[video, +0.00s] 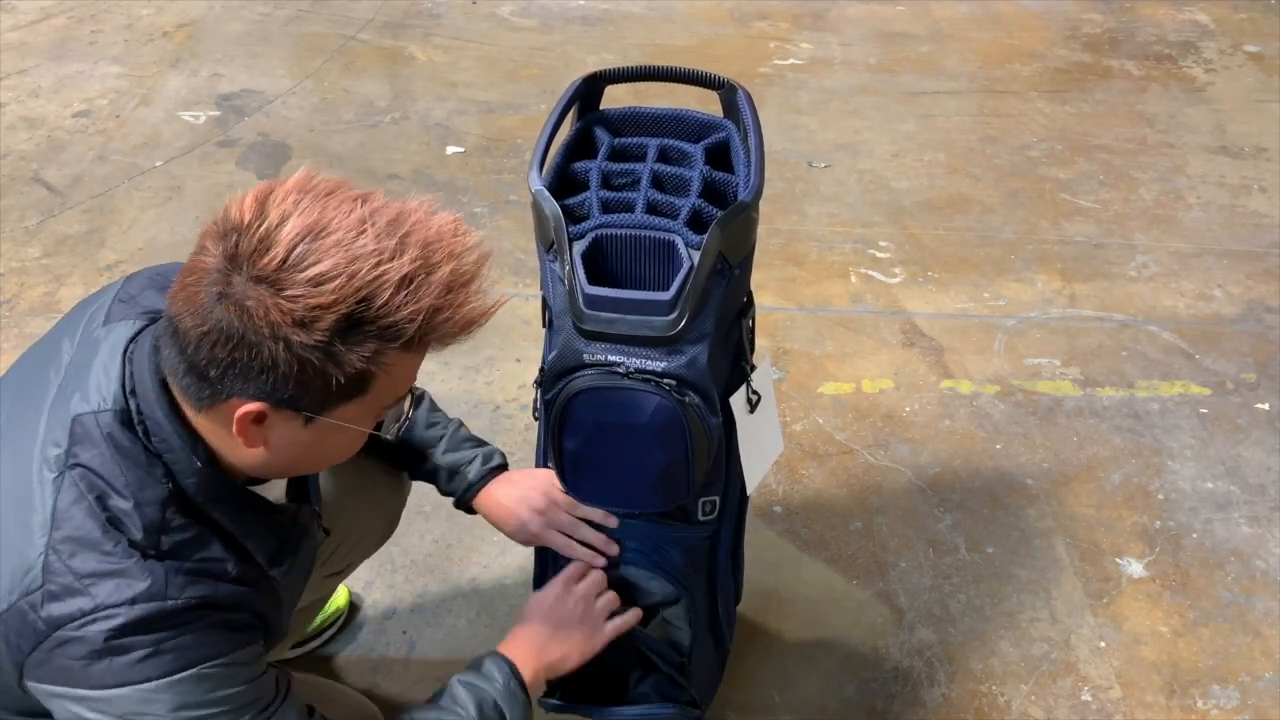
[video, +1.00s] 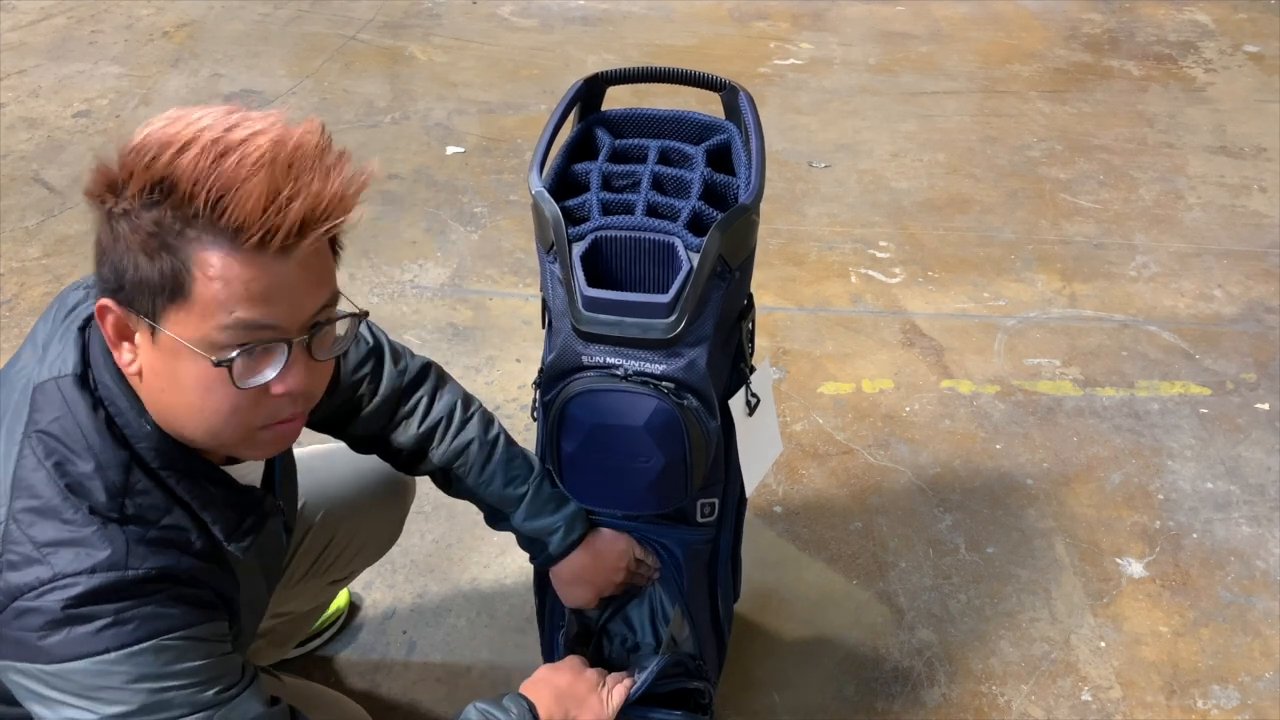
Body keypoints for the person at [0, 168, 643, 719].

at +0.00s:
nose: (387, 427)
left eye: (392, 405)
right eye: (371, 419)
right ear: (255, 425)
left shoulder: (177, 303)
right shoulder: (135, 635)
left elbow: (373, 394)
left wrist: (487, 482)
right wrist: (525, 660)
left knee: (375, 487)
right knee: (483, 694)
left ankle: (274, 627)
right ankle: (284, 683)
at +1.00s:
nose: (301, 384)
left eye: (317, 328)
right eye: (245, 350)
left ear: (330, 286)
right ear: (126, 338)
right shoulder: (100, 605)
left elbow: (401, 396)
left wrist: (562, 537)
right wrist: (529, 712)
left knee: (377, 490)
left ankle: (264, 642)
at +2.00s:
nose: (393, 71)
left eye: (409, 44)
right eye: (397, 38)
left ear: (246, 6)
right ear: (250, 6)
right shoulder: (61, 211)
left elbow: (253, 216)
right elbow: (176, 550)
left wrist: (428, 333)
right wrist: (430, 483)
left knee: (187, 473)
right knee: (91, 694)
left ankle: (224, 639)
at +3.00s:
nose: (462, 12)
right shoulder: (134, 104)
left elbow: (264, 244)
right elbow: (350, 451)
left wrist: (442, 354)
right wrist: (612, 409)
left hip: (16, 390)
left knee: (91, 539)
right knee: (54, 670)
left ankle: (203, 655)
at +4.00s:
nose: (408, 82)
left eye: (426, 56)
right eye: (398, 57)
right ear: (238, 13)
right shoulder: (32, 223)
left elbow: (373, 149)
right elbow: (201, 480)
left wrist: (523, 364)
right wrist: (479, 518)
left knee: (83, 513)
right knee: (39, 622)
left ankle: (200, 653)